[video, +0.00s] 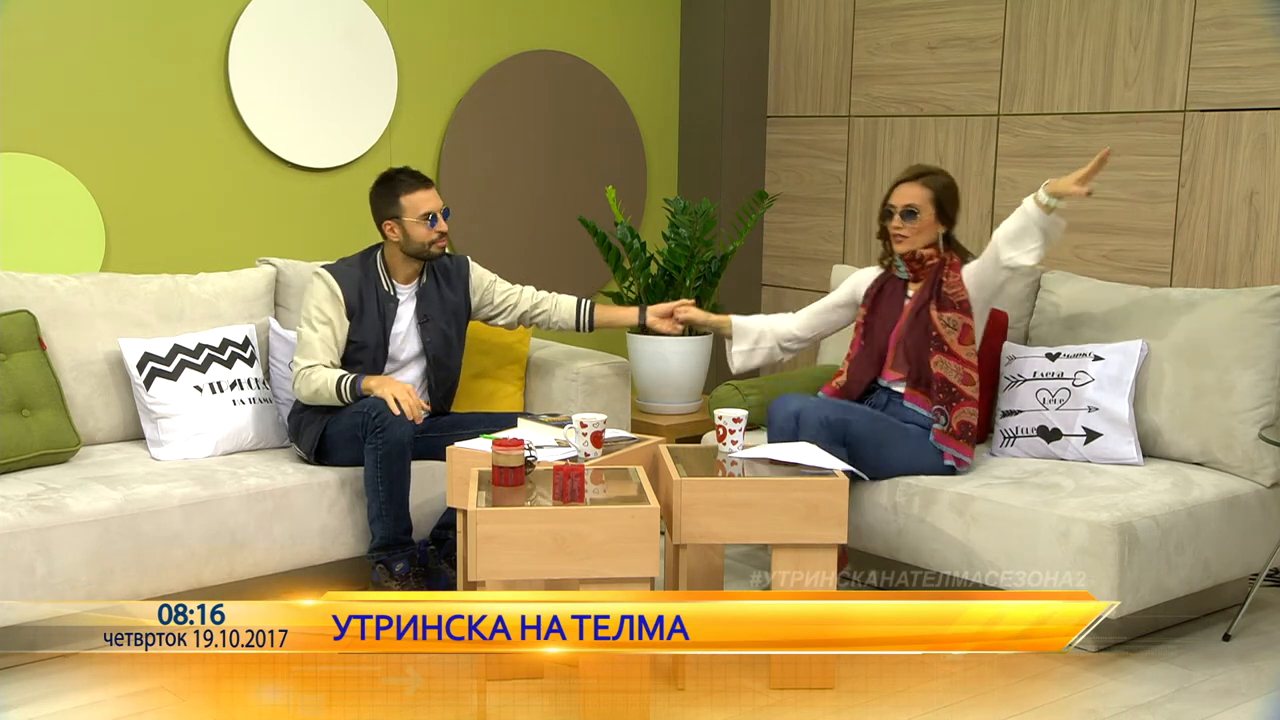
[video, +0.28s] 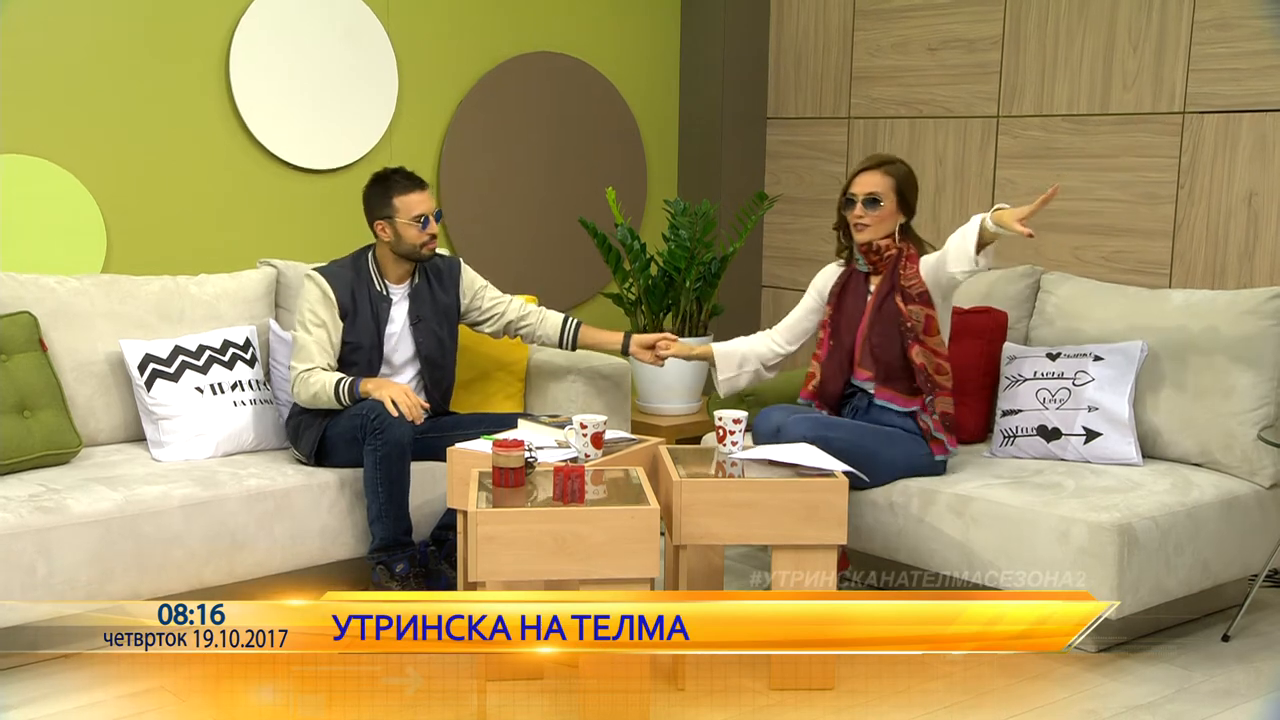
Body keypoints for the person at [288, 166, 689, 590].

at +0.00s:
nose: (443, 229)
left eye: (443, 216)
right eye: (428, 220)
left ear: (445, 216)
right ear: (389, 230)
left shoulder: (458, 276)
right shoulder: (336, 284)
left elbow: (539, 306)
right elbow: (308, 379)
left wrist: (641, 315)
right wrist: (370, 382)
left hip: (419, 420)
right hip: (333, 424)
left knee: (521, 431)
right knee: (390, 411)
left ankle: (441, 552)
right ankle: (392, 561)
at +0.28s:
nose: (434, 230)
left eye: (434, 218)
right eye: (421, 221)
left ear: (435, 216)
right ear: (381, 230)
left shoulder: (449, 276)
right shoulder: (329, 285)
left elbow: (523, 318)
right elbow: (306, 382)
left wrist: (625, 342)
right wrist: (369, 386)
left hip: (419, 422)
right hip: (331, 426)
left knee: (520, 431)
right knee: (392, 415)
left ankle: (441, 551)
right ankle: (391, 559)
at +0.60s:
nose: (419, 233)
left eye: (423, 221)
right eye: (405, 225)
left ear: (427, 220)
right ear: (372, 230)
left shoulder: (445, 275)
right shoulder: (327, 290)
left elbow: (519, 319)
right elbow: (311, 386)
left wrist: (621, 342)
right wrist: (369, 388)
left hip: (424, 421)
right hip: (339, 427)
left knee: (524, 430)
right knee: (393, 416)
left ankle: (445, 551)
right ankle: (397, 558)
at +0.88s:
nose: (400, 229)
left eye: (411, 219)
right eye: (388, 218)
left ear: (423, 227)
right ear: (369, 226)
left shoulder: (449, 281)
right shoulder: (333, 291)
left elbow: (521, 322)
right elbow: (318, 387)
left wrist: (620, 345)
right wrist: (377, 388)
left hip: (429, 420)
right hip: (345, 426)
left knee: (526, 429)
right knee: (397, 414)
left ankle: (447, 549)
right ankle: (403, 557)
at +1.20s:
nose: (392, 232)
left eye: (406, 223)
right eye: (383, 221)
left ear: (426, 232)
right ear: (372, 228)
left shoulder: (454, 283)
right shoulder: (341, 295)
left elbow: (528, 322)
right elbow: (328, 388)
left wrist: (627, 339)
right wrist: (382, 389)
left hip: (435, 419)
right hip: (353, 424)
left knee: (531, 429)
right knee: (404, 414)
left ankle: (452, 548)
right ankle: (409, 557)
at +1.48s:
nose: (405, 245)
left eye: (417, 234)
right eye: (394, 234)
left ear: (433, 239)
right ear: (380, 238)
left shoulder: (459, 287)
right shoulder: (348, 299)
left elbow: (531, 319)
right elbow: (328, 389)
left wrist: (628, 326)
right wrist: (382, 391)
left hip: (438, 421)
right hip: (358, 425)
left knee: (533, 431)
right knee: (407, 418)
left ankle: (455, 546)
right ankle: (413, 556)